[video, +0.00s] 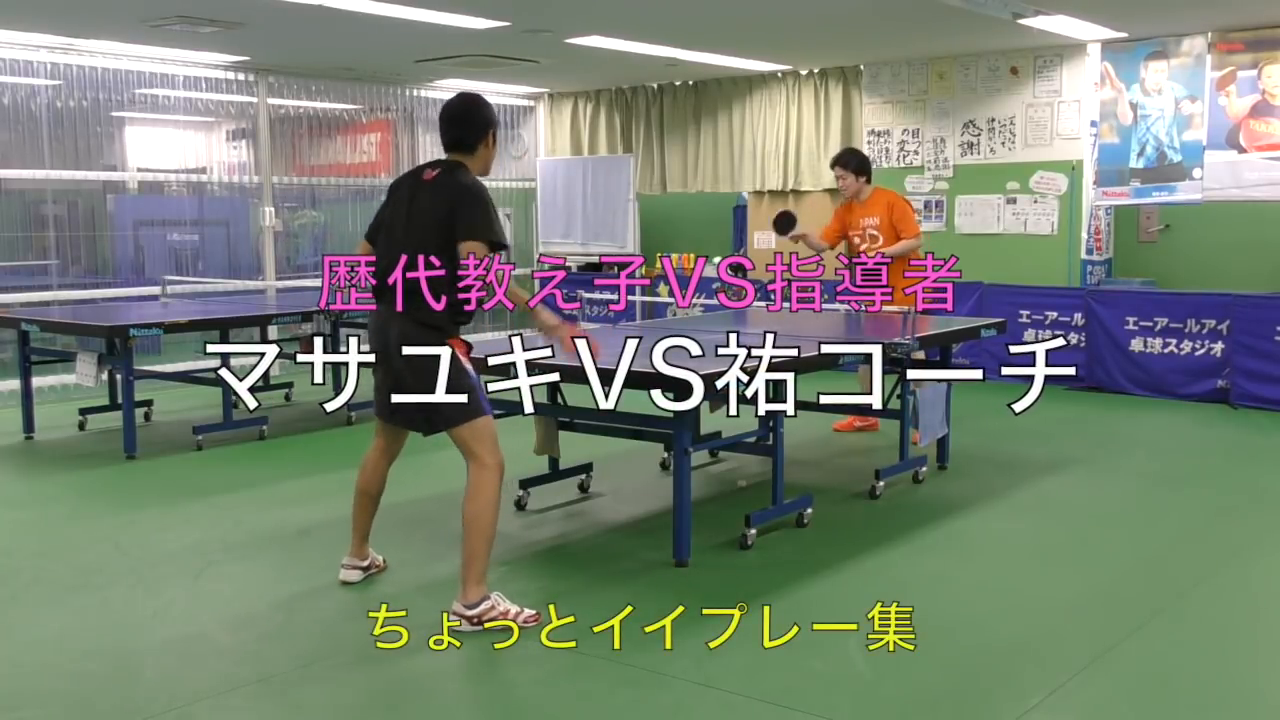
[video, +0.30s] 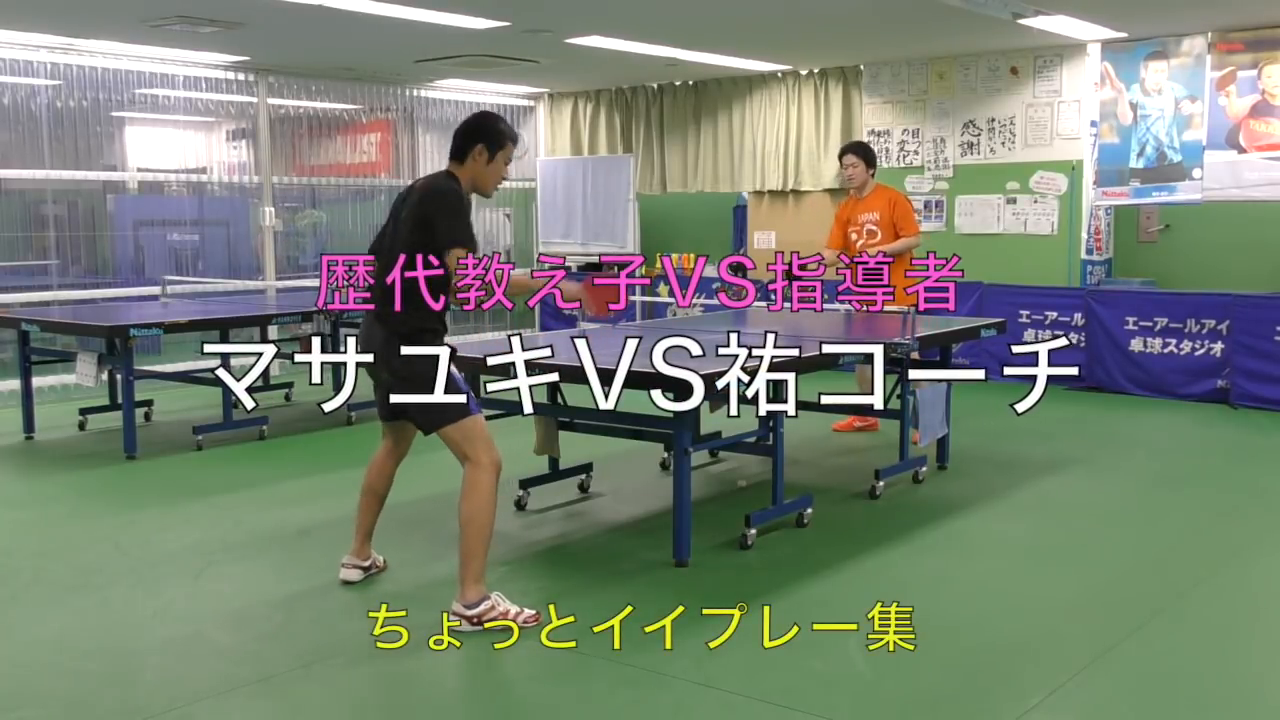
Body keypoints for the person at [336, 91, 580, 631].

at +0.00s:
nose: (497, 146)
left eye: (495, 137)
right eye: (496, 137)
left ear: (444, 137)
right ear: (487, 139)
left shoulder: (407, 183)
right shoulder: (467, 190)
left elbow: (370, 248)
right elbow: (479, 266)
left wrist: (421, 287)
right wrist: (544, 318)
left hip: (388, 341)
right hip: (433, 345)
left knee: (384, 445)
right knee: (487, 460)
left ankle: (356, 555)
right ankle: (474, 596)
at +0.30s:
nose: (505, 175)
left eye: (507, 165)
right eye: (503, 164)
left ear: (469, 155)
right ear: (477, 155)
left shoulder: (417, 193)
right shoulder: (447, 196)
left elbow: (376, 260)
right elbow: (467, 280)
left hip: (386, 345)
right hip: (418, 350)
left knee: (394, 443)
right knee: (484, 460)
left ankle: (358, 554)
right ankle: (473, 597)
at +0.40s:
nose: (497, 161)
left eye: (498, 151)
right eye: (496, 150)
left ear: (451, 143)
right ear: (474, 145)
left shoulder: (404, 185)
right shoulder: (469, 190)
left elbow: (370, 249)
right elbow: (528, 250)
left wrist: (427, 269)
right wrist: (572, 226)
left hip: (384, 340)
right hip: (425, 345)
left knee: (382, 443)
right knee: (485, 459)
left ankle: (357, 554)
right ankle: (473, 597)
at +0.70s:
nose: (483, 145)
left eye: (479, 137)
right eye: (482, 137)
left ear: (432, 139)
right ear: (474, 139)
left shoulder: (395, 185)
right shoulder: (477, 192)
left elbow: (363, 243)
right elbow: (526, 257)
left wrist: (418, 251)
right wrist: (561, 247)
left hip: (386, 342)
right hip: (437, 345)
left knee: (380, 445)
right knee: (491, 460)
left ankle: (356, 554)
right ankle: (475, 596)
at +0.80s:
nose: (493, 150)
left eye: (492, 141)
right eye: (492, 141)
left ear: (440, 139)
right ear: (482, 141)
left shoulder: (404, 185)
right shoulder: (462, 190)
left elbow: (368, 243)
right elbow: (470, 272)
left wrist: (415, 277)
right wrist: (535, 319)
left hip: (385, 341)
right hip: (429, 345)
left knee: (385, 444)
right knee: (484, 460)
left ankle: (357, 555)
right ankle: (474, 597)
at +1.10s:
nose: (506, 174)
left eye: (508, 164)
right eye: (504, 162)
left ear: (464, 155)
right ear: (477, 154)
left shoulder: (413, 193)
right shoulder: (454, 197)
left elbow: (374, 257)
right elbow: (489, 277)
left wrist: (408, 305)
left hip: (383, 344)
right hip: (418, 348)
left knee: (389, 444)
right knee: (486, 460)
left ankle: (357, 554)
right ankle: (473, 599)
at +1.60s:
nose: (499, 147)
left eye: (496, 137)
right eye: (497, 138)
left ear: (445, 138)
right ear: (488, 140)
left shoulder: (409, 184)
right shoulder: (469, 190)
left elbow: (371, 253)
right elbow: (473, 268)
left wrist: (405, 299)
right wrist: (534, 319)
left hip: (389, 342)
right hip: (432, 346)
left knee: (386, 446)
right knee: (490, 461)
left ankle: (358, 556)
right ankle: (474, 597)